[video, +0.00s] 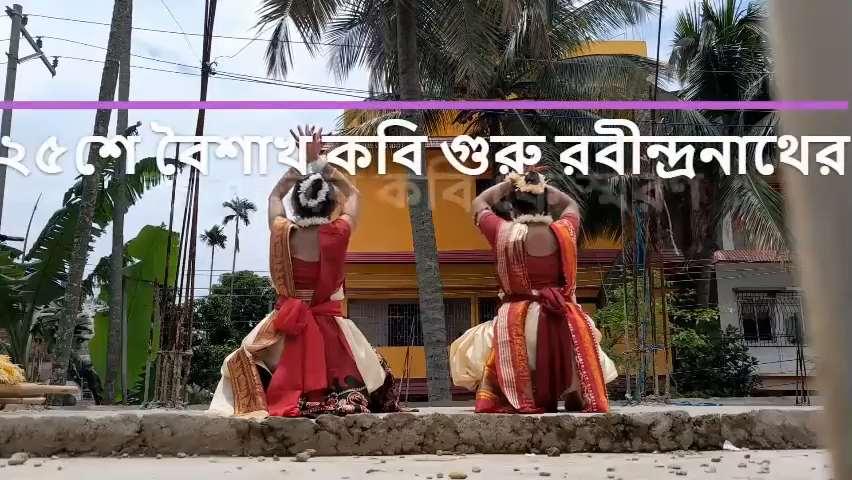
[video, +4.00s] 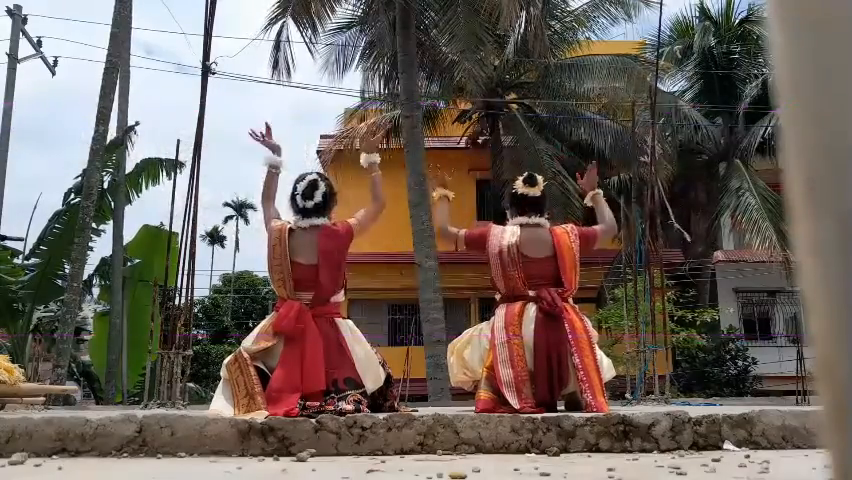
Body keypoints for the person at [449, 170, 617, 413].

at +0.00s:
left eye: (509, 207)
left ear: (512, 209)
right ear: (546, 208)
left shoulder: (503, 233)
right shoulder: (564, 232)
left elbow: (479, 203)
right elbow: (570, 204)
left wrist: (507, 184)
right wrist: (544, 187)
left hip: (518, 319)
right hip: (564, 320)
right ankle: (575, 391)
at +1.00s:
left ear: (512, 210)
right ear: (545, 207)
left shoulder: (503, 233)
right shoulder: (563, 232)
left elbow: (480, 201)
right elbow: (569, 204)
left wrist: (509, 182)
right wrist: (542, 187)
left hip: (518, 317)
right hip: (561, 316)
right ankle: (573, 392)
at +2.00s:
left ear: (511, 211)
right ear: (544, 207)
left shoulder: (503, 234)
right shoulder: (562, 233)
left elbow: (479, 200)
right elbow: (570, 202)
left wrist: (507, 182)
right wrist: (542, 185)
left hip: (518, 319)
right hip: (561, 318)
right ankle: (574, 394)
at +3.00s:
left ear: (510, 206)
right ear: (544, 204)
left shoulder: (502, 233)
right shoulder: (562, 231)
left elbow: (479, 197)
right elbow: (566, 200)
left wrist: (505, 171)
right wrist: (540, 176)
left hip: (517, 320)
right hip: (562, 319)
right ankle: (575, 395)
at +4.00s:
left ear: (511, 207)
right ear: (544, 207)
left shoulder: (495, 236)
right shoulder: (566, 235)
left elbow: (444, 233)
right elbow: (610, 226)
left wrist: (441, 197)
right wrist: (596, 196)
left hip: (512, 323)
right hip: (561, 321)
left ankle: (490, 393)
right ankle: (575, 394)